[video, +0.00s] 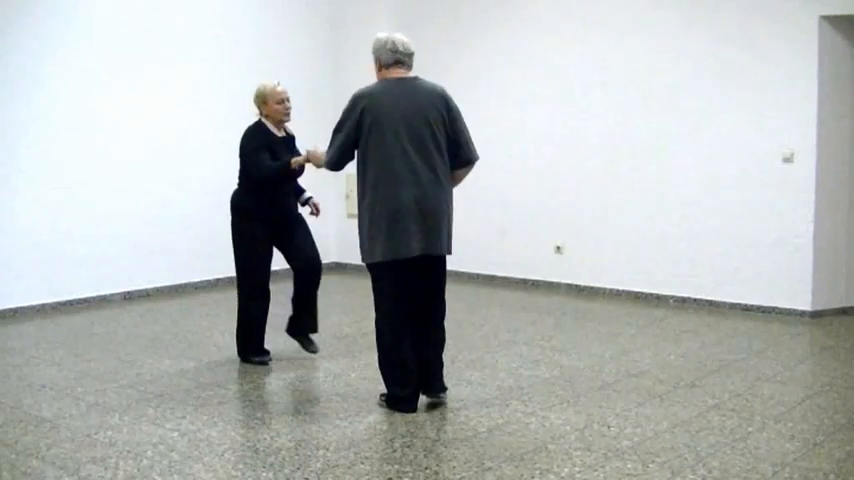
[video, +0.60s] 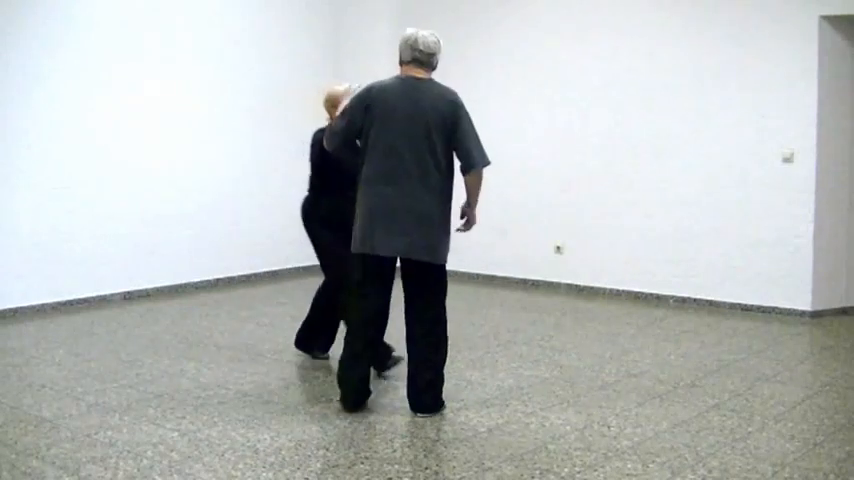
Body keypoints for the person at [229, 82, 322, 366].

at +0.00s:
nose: (288, 105)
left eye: (288, 101)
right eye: (281, 102)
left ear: (287, 104)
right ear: (264, 108)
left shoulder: (287, 137)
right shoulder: (253, 137)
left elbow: (287, 177)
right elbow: (260, 173)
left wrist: (305, 198)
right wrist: (293, 164)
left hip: (283, 214)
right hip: (252, 217)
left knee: (310, 266)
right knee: (254, 283)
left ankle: (300, 327)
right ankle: (250, 349)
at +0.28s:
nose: (314, 108)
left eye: (315, 103)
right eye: (307, 105)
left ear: (315, 108)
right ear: (291, 112)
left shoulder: (318, 141)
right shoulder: (281, 139)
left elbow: (320, 181)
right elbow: (281, 176)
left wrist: (343, 194)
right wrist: (310, 158)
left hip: (312, 218)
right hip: (281, 219)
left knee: (323, 281)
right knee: (287, 281)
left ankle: (310, 344)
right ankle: (261, 343)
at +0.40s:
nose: (330, 102)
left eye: (330, 98)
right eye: (323, 99)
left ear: (330, 103)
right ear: (307, 106)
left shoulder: (332, 135)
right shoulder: (296, 132)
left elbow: (340, 173)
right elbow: (294, 166)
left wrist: (368, 181)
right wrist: (319, 146)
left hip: (324, 213)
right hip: (295, 211)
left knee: (329, 277)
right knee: (314, 274)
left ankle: (318, 346)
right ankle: (299, 341)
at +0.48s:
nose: (341, 104)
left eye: (341, 99)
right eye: (335, 100)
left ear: (338, 102)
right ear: (318, 105)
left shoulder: (344, 134)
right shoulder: (307, 133)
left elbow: (353, 171)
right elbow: (309, 169)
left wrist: (377, 178)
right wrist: (330, 138)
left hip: (333, 209)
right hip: (304, 209)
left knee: (334, 271)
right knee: (328, 271)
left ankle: (312, 338)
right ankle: (331, 342)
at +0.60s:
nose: (355, 111)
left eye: (354, 106)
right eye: (349, 107)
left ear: (340, 111)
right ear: (336, 110)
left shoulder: (355, 139)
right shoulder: (328, 139)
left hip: (347, 213)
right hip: (324, 214)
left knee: (341, 278)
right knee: (346, 278)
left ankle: (312, 339)